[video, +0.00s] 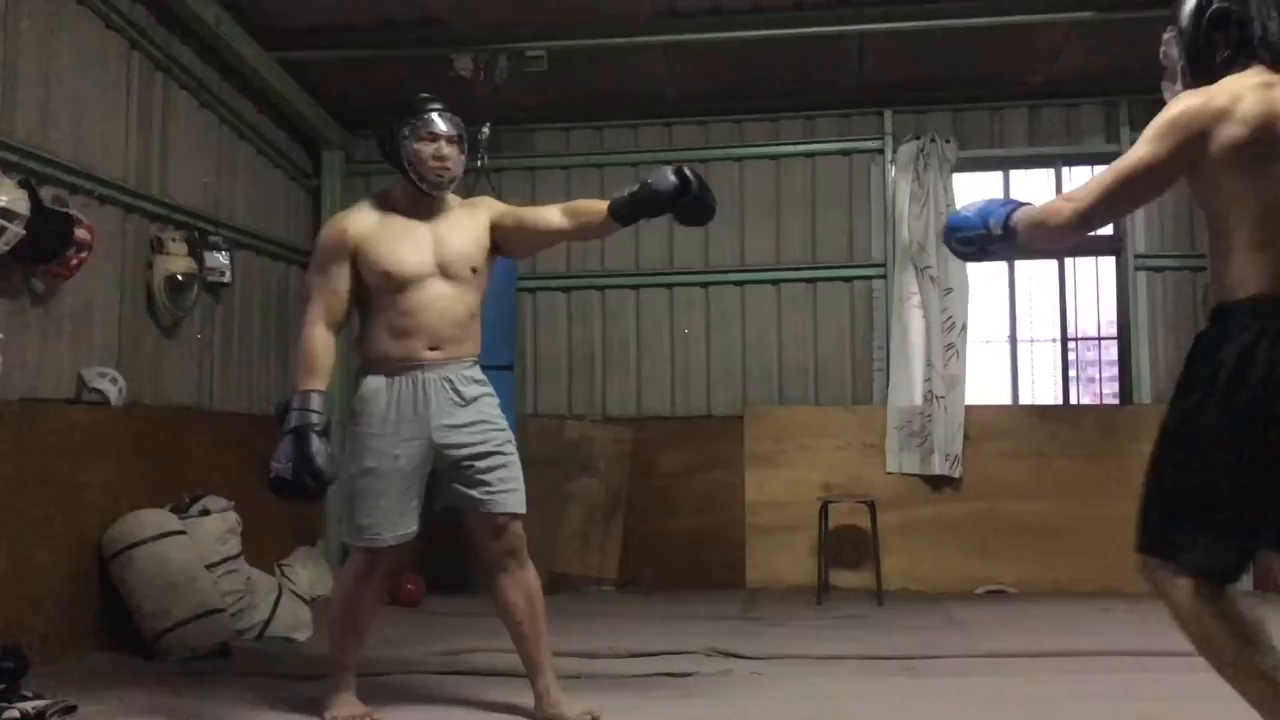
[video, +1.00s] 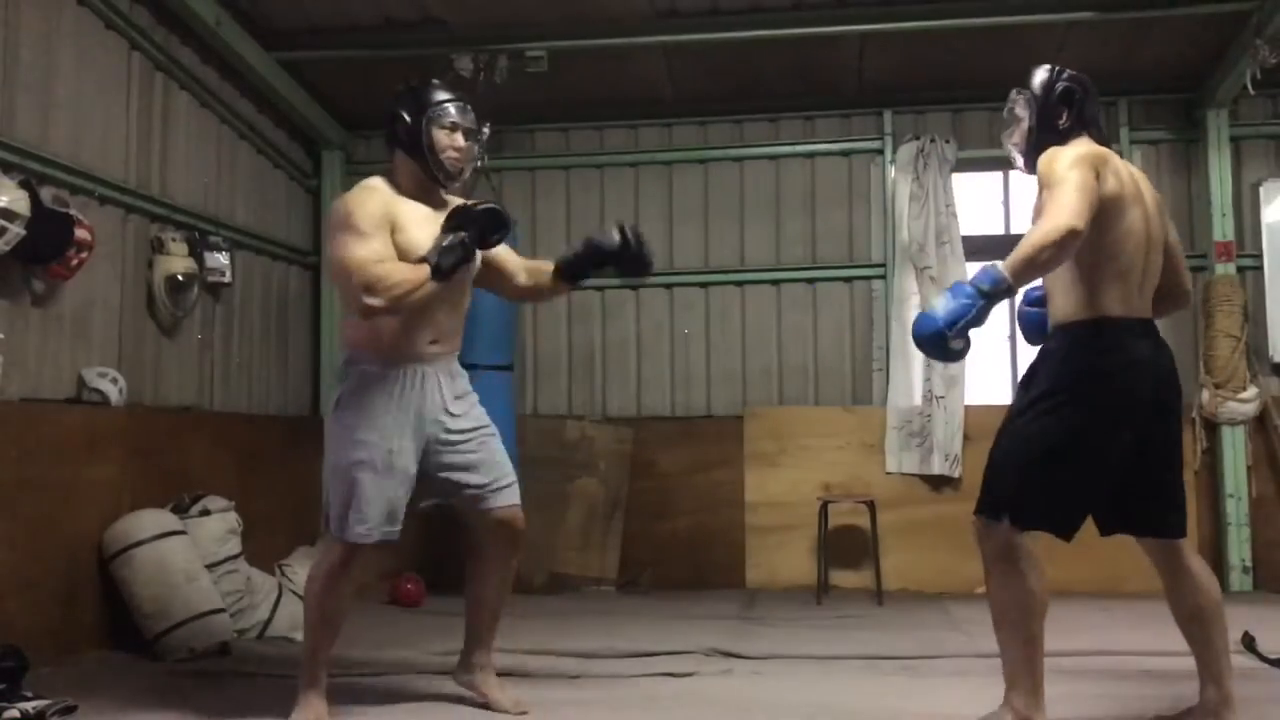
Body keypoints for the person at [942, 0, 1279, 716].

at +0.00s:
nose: (1170, 82)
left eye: (1174, 67)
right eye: (1168, 70)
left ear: (1202, 53)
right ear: (1257, 43)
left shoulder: (1207, 109)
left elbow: (1072, 218)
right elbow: (1082, 218)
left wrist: (1003, 223)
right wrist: (1014, 230)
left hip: (1250, 342)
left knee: (1175, 562)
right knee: (1273, 563)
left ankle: (1273, 699)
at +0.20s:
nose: (1082, 97)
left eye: (1086, 85)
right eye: (1082, 85)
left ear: (1115, 79)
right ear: (1171, 74)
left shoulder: (1107, 123)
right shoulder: (1261, 135)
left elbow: (953, 178)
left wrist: (897, 159)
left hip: (1153, 350)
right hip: (1257, 353)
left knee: (1063, 533)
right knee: (1265, 561)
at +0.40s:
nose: (1018, 130)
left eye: (1020, 119)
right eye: (1018, 120)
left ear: (1047, 110)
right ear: (1096, 110)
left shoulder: (1030, 154)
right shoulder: (1177, 178)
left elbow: (908, 205)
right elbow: (1222, 297)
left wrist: (850, 186)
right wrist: (1137, 315)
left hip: (1061, 377)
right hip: (1159, 379)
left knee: (986, 549)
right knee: (1195, 556)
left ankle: (1012, 714)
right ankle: (1264, 702)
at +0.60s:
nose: (1007, 127)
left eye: (1008, 117)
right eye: (1004, 118)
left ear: (1036, 105)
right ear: (1079, 105)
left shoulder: (1017, 150)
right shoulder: (1155, 171)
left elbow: (921, 240)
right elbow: (1202, 284)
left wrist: (853, 286)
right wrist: (1128, 308)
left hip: (1054, 354)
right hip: (1140, 355)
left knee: (1003, 555)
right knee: (1149, 529)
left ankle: (1016, 713)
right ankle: (1201, 696)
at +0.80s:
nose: (1015, 150)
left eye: (1017, 136)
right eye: (1014, 137)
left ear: (1044, 128)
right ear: (1081, 128)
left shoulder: (1045, 178)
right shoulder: (1150, 193)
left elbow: (1002, 279)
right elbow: (1193, 311)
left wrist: (934, 351)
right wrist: (1104, 329)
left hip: (1075, 381)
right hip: (1150, 380)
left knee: (1004, 548)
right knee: (1165, 546)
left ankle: (1018, 714)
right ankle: (1218, 701)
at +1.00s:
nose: (1012, 138)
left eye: (1016, 122)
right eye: (1010, 124)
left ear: (1047, 114)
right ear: (1083, 116)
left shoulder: (1066, 156)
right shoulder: (1141, 182)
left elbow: (1061, 230)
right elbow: (1175, 291)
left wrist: (979, 290)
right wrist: (1071, 307)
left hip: (1078, 370)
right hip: (1150, 370)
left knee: (1001, 525)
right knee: (1166, 538)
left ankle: (1023, 704)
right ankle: (1219, 696)